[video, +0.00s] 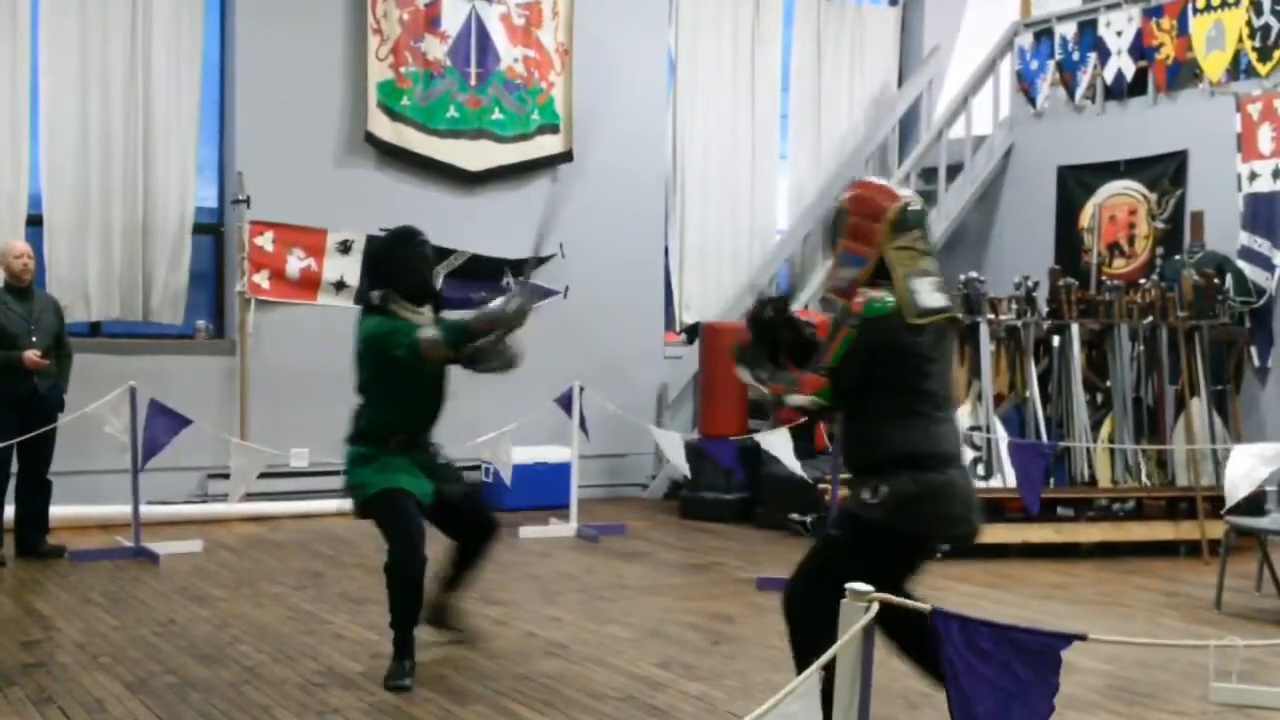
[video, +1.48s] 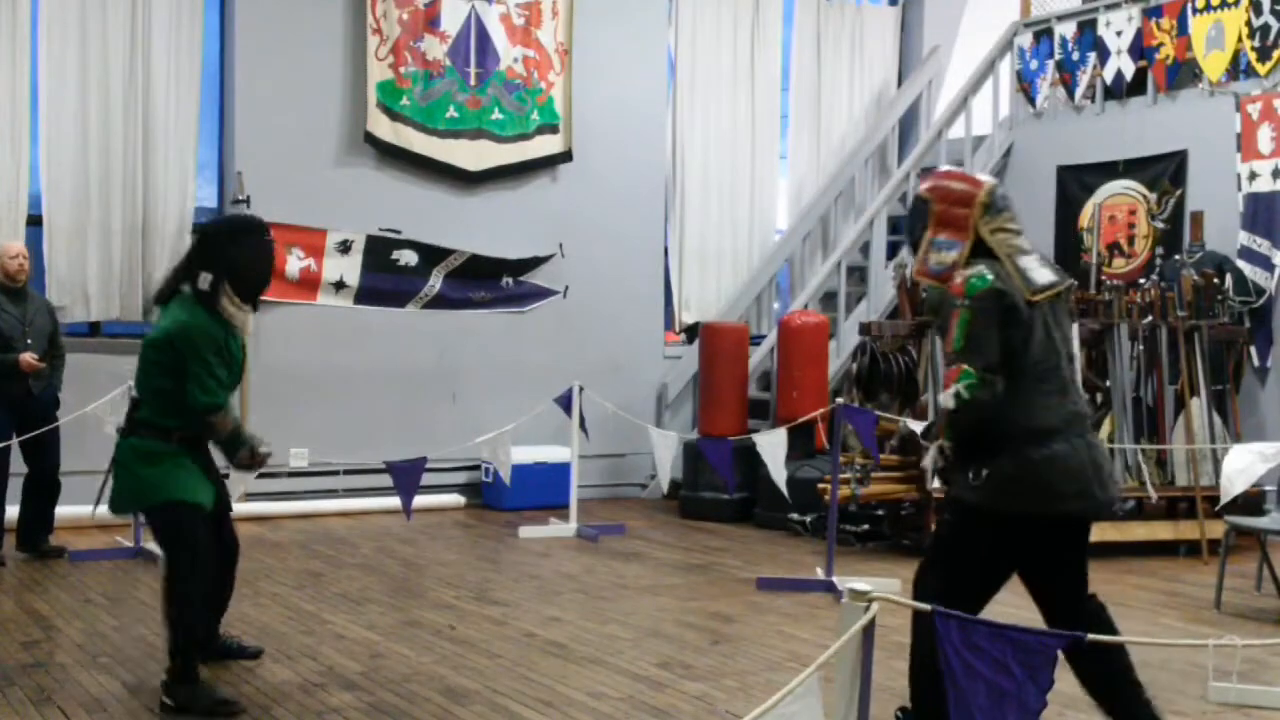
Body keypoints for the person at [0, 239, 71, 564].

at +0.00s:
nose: (26, 261)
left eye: (29, 256)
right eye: (18, 256)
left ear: (35, 263)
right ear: (4, 264)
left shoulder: (49, 304)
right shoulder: (2, 302)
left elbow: (63, 350)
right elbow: (0, 353)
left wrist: (59, 390)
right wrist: (18, 358)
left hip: (40, 403)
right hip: (5, 402)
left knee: (36, 475)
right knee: (1, 475)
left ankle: (31, 541)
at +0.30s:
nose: (26, 261)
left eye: (30, 256)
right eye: (19, 256)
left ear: (35, 262)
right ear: (4, 265)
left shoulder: (49, 304)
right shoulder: (2, 302)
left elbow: (63, 350)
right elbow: (0, 352)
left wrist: (59, 390)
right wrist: (18, 358)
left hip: (40, 403)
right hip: (5, 403)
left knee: (36, 475)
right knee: (2, 474)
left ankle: (31, 541)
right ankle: (0, 545)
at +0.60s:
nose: (27, 261)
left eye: (30, 256)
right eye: (20, 256)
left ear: (36, 262)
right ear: (5, 265)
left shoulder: (49, 304)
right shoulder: (2, 303)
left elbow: (63, 350)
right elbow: (0, 352)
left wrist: (59, 389)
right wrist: (19, 358)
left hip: (40, 402)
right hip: (5, 403)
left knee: (36, 475)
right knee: (2, 475)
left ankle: (31, 540)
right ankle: (1, 544)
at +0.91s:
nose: (28, 261)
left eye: (31, 256)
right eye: (20, 256)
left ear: (36, 263)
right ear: (5, 265)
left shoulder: (49, 304)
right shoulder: (2, 303)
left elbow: (64, 351)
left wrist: (59, 390)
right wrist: (20, 359)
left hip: (41, 404)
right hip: (5, 405)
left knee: (36, 479)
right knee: (1, 478)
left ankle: (31, 547)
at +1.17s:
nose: (27, 261)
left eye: (30, 256)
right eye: (20, 256)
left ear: (36, 262)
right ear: (5, 265)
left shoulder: (49, 304)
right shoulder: (3, 303)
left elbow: (63, 351)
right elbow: (0, 354)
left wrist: (58, 390)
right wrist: (20, 359)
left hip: (42, 402)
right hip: (6, 403)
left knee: (40, 476)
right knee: (3, 476)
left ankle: (32, 541)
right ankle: (1, 544)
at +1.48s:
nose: (21, 263)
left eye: (24, 257)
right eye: (13, 257)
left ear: (30, 264)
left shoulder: (41, 305)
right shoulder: (1, 303)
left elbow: (56, 351)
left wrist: (52, 389)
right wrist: (15, 360)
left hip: (37, 400)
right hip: (2, 402)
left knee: (45, 469)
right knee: (1, 474)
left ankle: (33, 538)